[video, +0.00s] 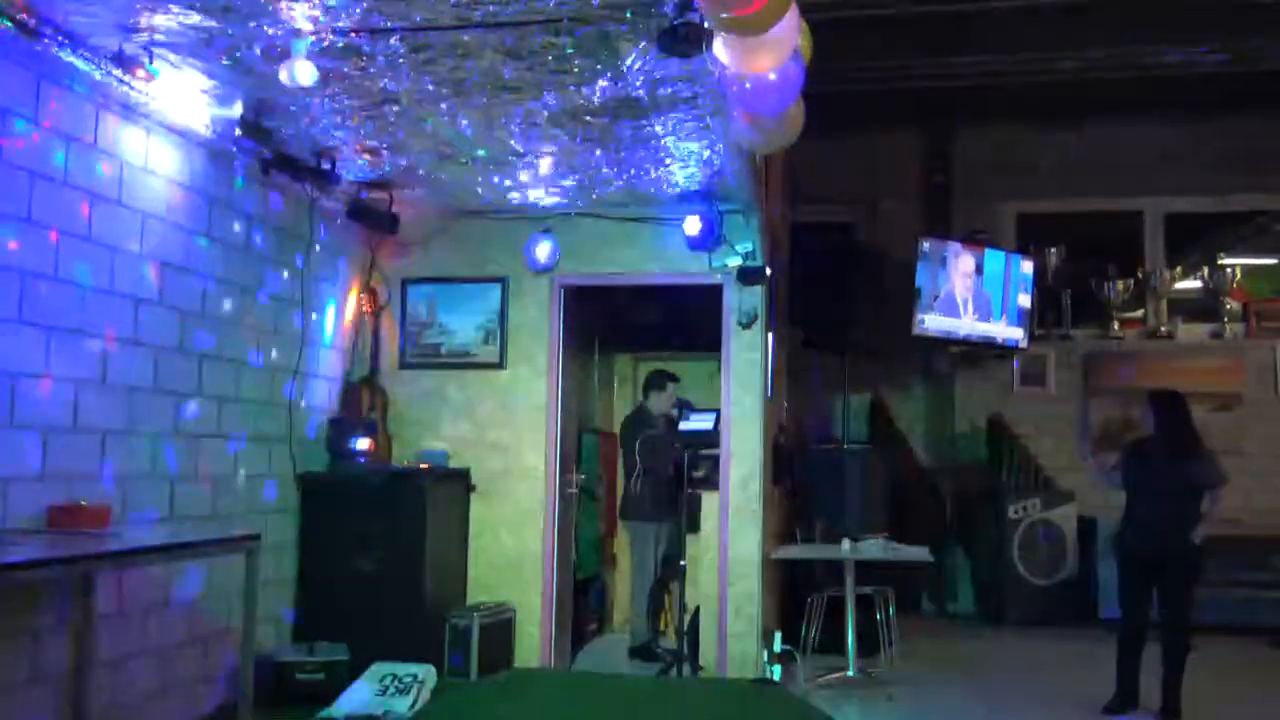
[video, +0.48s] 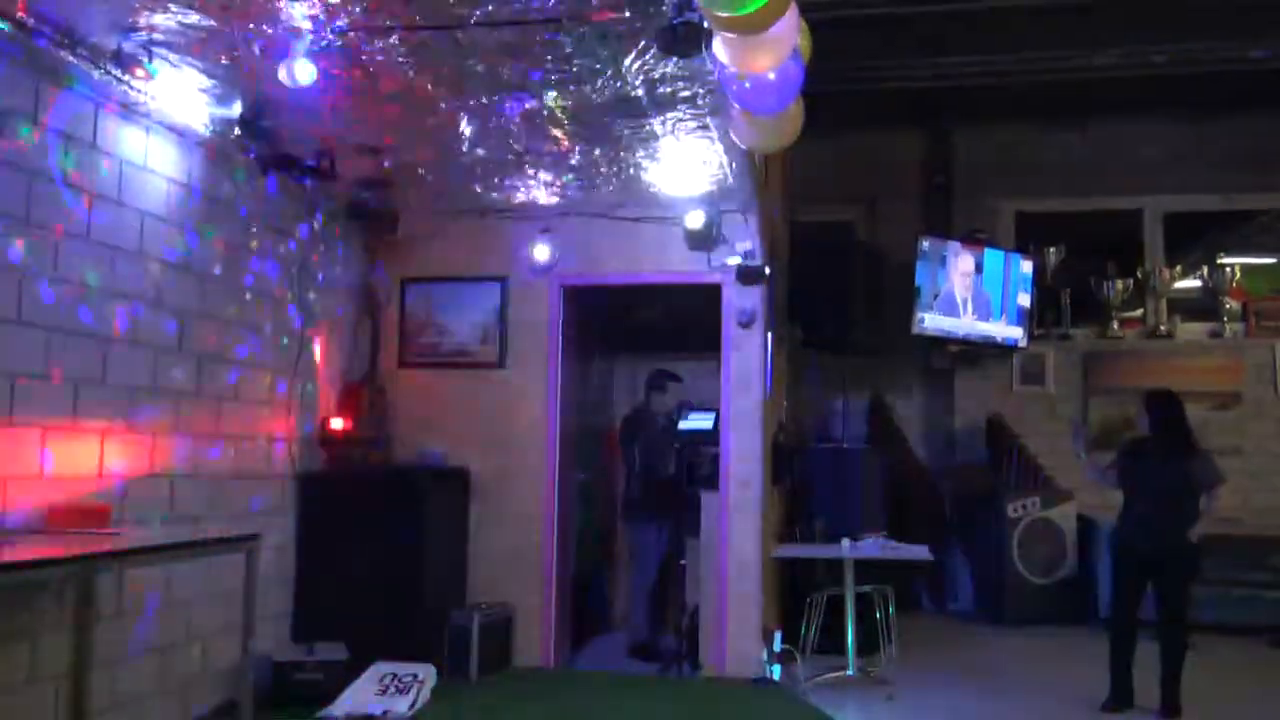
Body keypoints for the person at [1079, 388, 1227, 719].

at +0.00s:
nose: (1145, 417)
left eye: (1147, 411)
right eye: (1148, 410)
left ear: (1152, 415)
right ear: (1183, 413)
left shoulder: (1137, 450)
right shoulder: (1196, 453)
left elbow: (1112, 479)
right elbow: (1215, 497)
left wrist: (1092, 459)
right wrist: (1198, 532)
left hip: (1135, 546)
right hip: (1179, 548)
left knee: (1131, 623)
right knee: (1175, 628)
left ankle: (1125, 697)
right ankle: (1171, 705)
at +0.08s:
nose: (1144, 416)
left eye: (1147, 410)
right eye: (1147, 409)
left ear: (1152, 414)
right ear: (1182, 412)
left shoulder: (1136, 449)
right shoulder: (1195, 452)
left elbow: (1110, 477)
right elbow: (1216, 494)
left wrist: (1090, 453)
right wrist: (1199, 530)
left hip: (1135, 545)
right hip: (1179, 547)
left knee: (1132, 622)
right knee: (1175, 626)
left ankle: (1125, 695)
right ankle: (1172, 702)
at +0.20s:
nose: (1142, 416)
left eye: (1146, 409)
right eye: (1145, 409)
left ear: (1151, 413)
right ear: (1181, 412)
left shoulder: (1136, 449)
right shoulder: (1194, 451)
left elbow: (1112, 478)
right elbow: (1215, 495)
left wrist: (1090, 455)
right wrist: (1197, 531)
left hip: (1134, 544)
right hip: (1178, 546)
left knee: (1131, 621)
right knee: (1175, 625)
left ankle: (1125, 694)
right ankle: (1171, 702)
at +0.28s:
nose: (1142, 416)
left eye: (1145, 409)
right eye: (1146, 408)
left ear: (1149, 413)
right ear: (1181, 411)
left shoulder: (1134, 449)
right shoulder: (1193, 451)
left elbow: (1108, 476)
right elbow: (1215, 493)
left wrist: (1086, 450)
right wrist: (1197, 529)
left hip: (1133, 545)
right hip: (1177, 546)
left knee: (1130, 621)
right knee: (1174, 625)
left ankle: (1125, 694)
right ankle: (1171, 701)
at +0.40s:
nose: (1141, 416)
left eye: (1143, 410)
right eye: (1144, 409)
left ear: (1148, 414)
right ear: (1179, 412)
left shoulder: (1134, 450)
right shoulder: (1193, 452)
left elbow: (1105, 476)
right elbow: (1215, 493)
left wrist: (1084, 448)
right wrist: (1197, 529)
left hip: (1133, 545)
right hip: (1177, 546)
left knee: (1127, 621)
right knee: (1174, 625)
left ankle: (1123, 694)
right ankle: (1171, 701)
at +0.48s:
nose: (1139, 418)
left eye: (1142, 412)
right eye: (1142, 411)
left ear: (1148, 416)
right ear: (1179, 414)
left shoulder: (1135, 450)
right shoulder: (1192, 452)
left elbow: (1103, 478)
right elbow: (1214, 498)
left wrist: (1081, 450)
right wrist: (1196, 529)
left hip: (1132, 545)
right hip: (1176, 546)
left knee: (1123, 620)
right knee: (1173, 624)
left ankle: (1120, 695)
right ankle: (1170, 702)